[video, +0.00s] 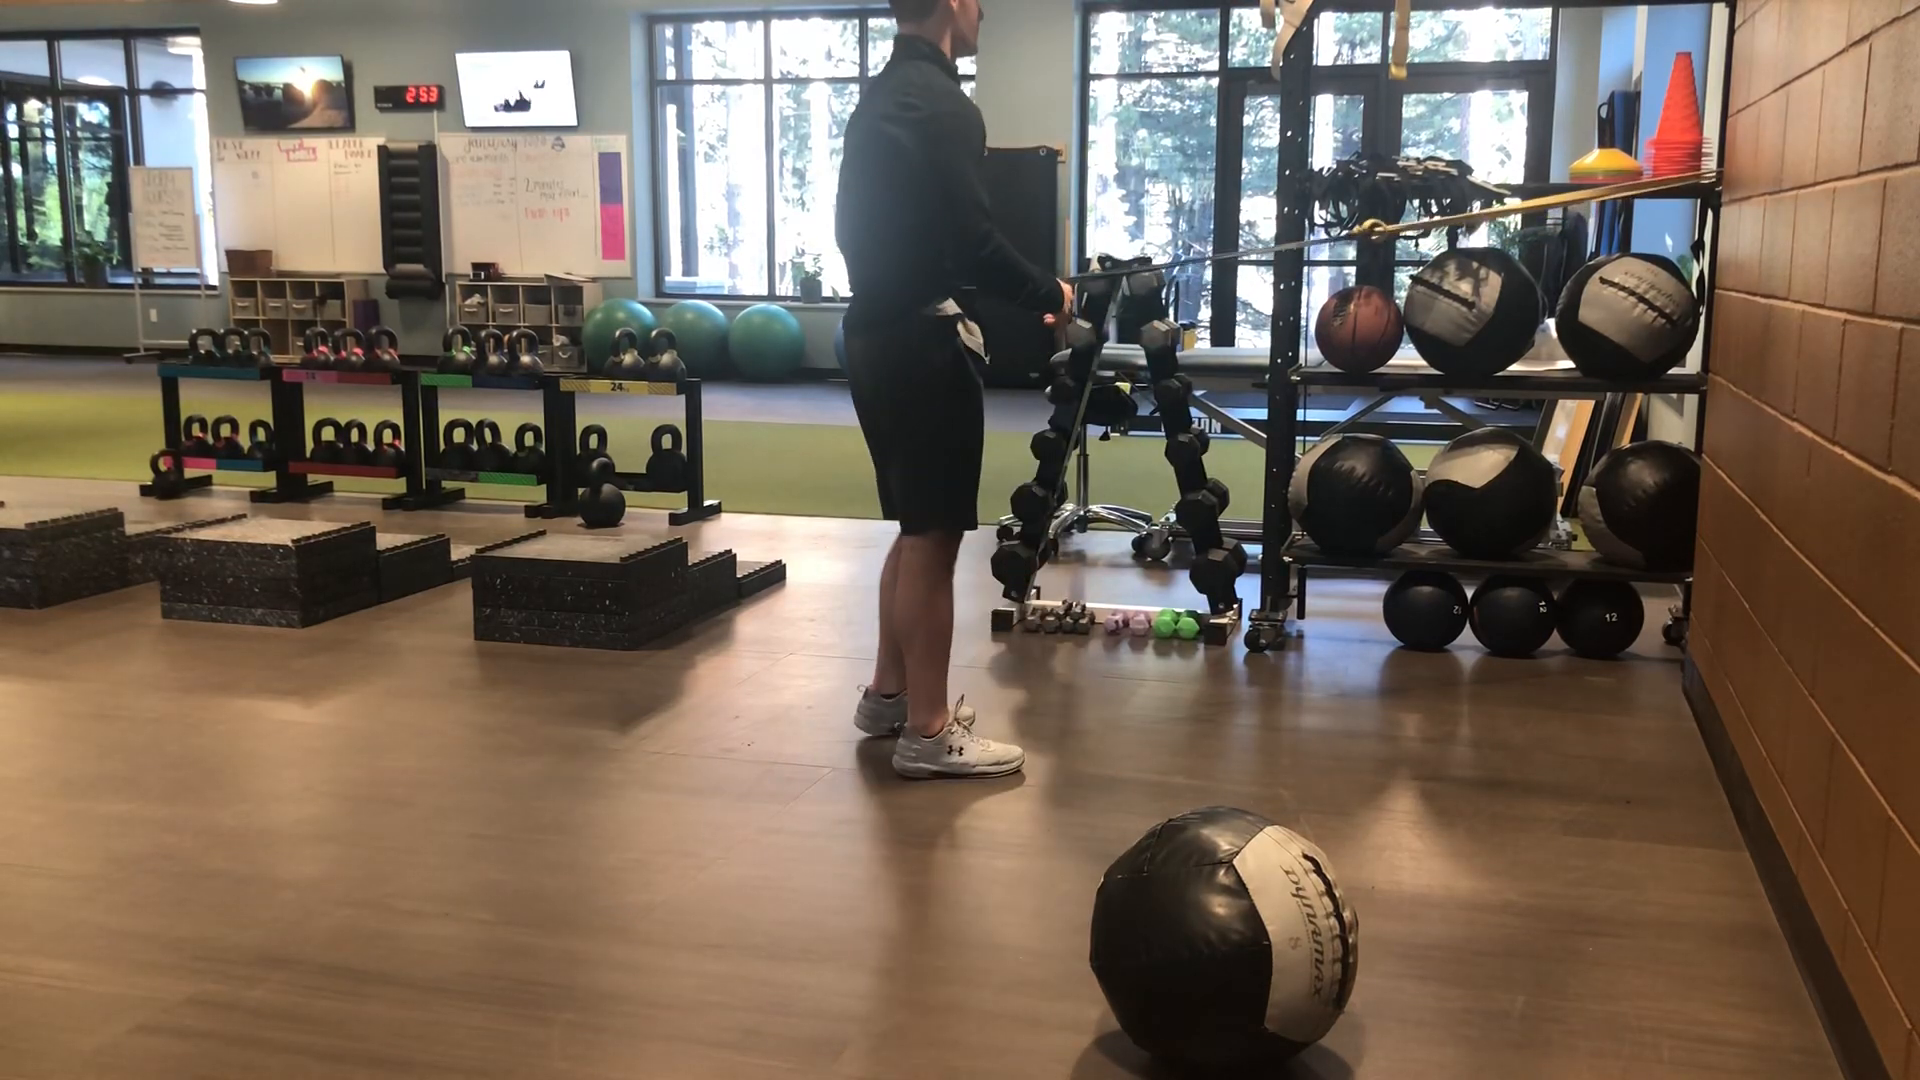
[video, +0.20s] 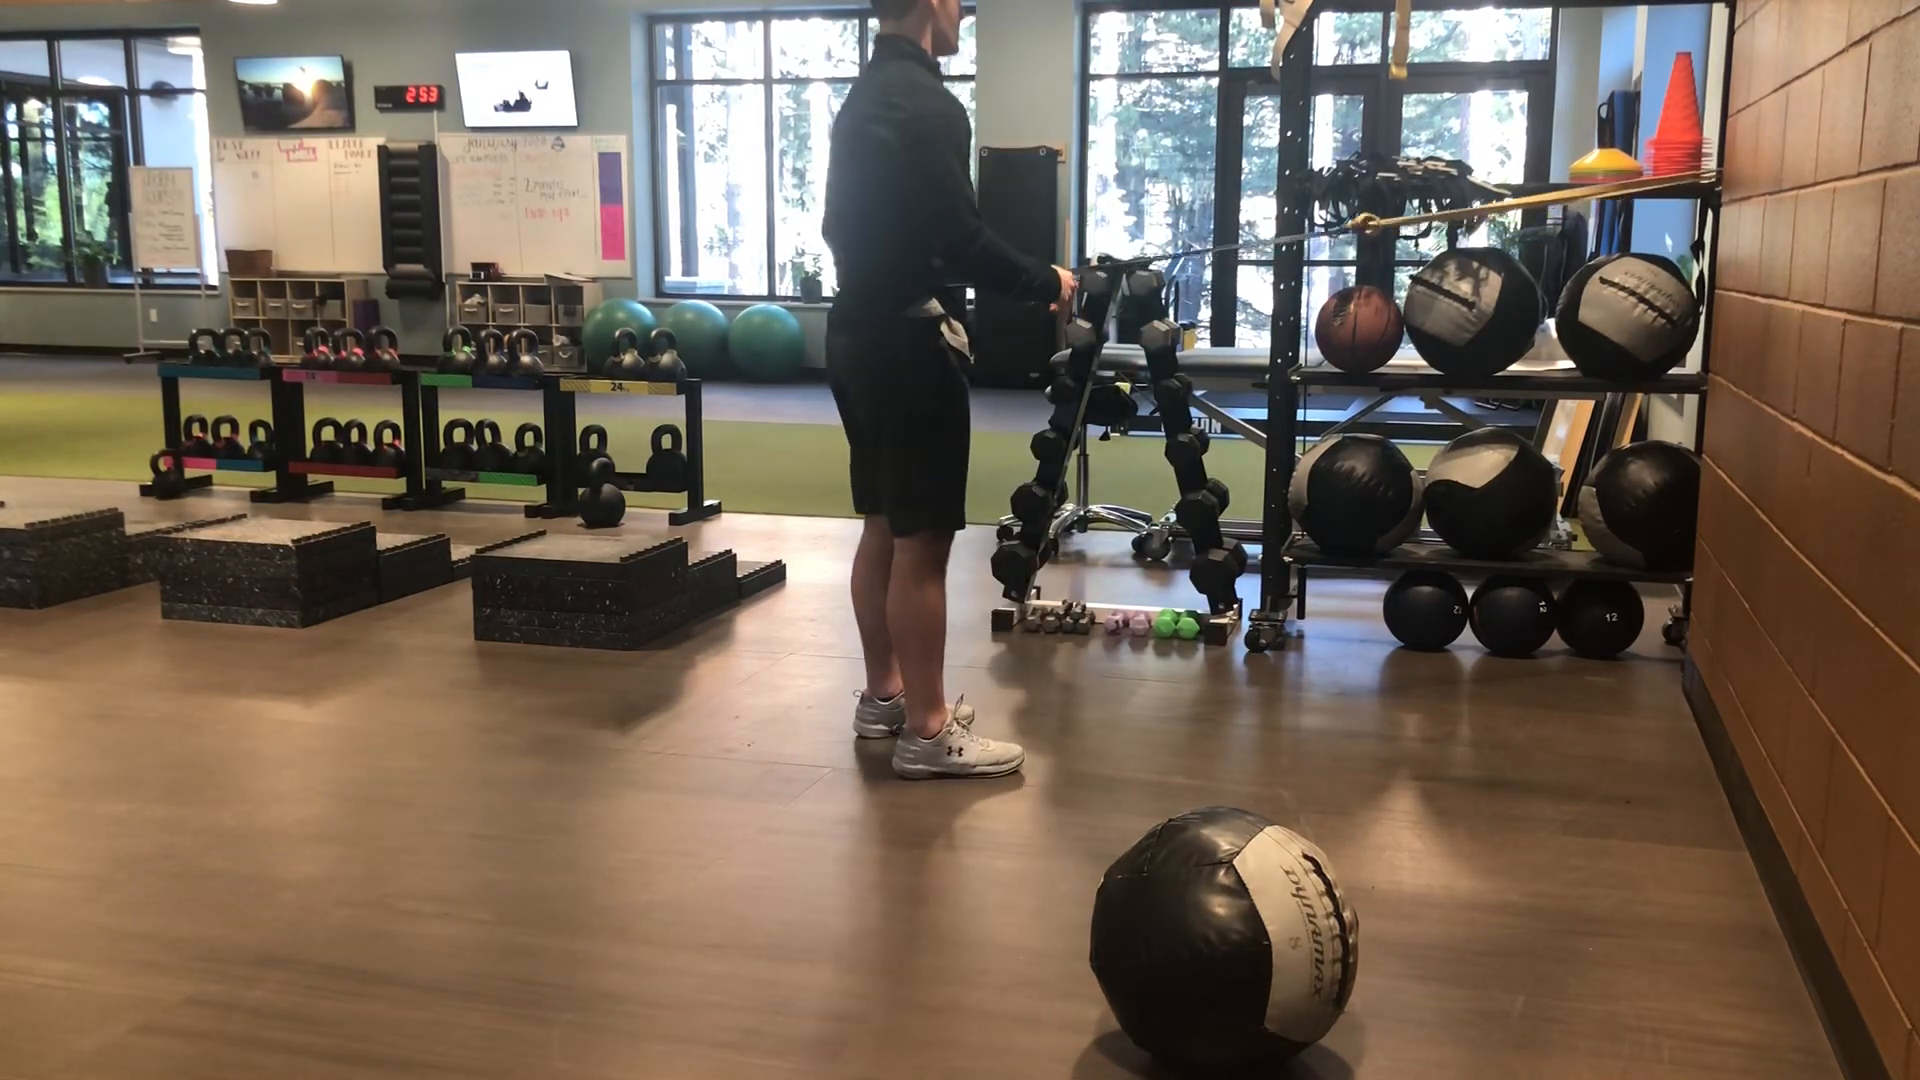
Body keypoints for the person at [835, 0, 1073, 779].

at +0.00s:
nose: (981, 21)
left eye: (978, 9)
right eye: (977, 9)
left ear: (913, 16)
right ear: (954, 11)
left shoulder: (878, 101)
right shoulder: (945, 106)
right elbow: (967, 236)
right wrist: (1051, 293)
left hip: (874, 335)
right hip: (925, 338)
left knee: (918, 526)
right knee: (937, 532)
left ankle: (889, 695)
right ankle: (929, 730)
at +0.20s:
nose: (963, 19)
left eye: (962, 8)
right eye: (959, 7)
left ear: (895, 16)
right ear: (935, 10)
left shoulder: (861, 99)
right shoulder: (929, 104)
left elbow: (840, 227)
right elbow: (955, 235)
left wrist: (910, 291)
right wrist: (1045, 280)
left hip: (858, 333)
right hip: (913, 336)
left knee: (883, 524)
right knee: (925, 538)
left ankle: (883, 697)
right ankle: (927, 728)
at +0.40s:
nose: (948, 18)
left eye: (945, 8)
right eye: (943, 7)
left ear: (872, 19)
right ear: (917, 11)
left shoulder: (850, 98)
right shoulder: (921, 107)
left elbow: (831, 231)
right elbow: (961, 234)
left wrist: (915, 298)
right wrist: (1057, 273)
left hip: (849, 336)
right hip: (905, 341)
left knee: (880, 526)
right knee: (926, 540)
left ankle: (882, 698)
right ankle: (927, 728)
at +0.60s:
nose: (945, 12)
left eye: (941, 2)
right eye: (938, 2)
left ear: (879, 15)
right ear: (909, 9)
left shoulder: (850, 98)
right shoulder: (921, 106)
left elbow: (843, 233)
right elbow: (991, 227)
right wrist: (1089, 246)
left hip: (852, 337)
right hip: (909, 342)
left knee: (889, 527)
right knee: (931, 540)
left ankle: (883, 696)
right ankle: (926, 732)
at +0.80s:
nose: (953, 13)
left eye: (950, 3)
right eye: (946, 2)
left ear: (884, 14)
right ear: (914, 7)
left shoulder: (861, 92)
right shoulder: (929, 91)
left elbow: (988, 114)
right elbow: (1050, 119)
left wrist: (1054, 61)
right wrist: (1114, 63)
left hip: (871, 336)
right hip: (929, 340)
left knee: (902, 524)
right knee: (946, 538)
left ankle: (885, 699)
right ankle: (931, 732)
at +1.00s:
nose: (965, 19)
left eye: (965, 10)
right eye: (960, 8)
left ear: (887, 11)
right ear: (931, 4)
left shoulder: (861, 75)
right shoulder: (931, 57)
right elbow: (1043, 15)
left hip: (878, 314)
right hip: (939, 313)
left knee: (915, 506)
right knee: (961, 515)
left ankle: (902, 669)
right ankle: (950, 706)